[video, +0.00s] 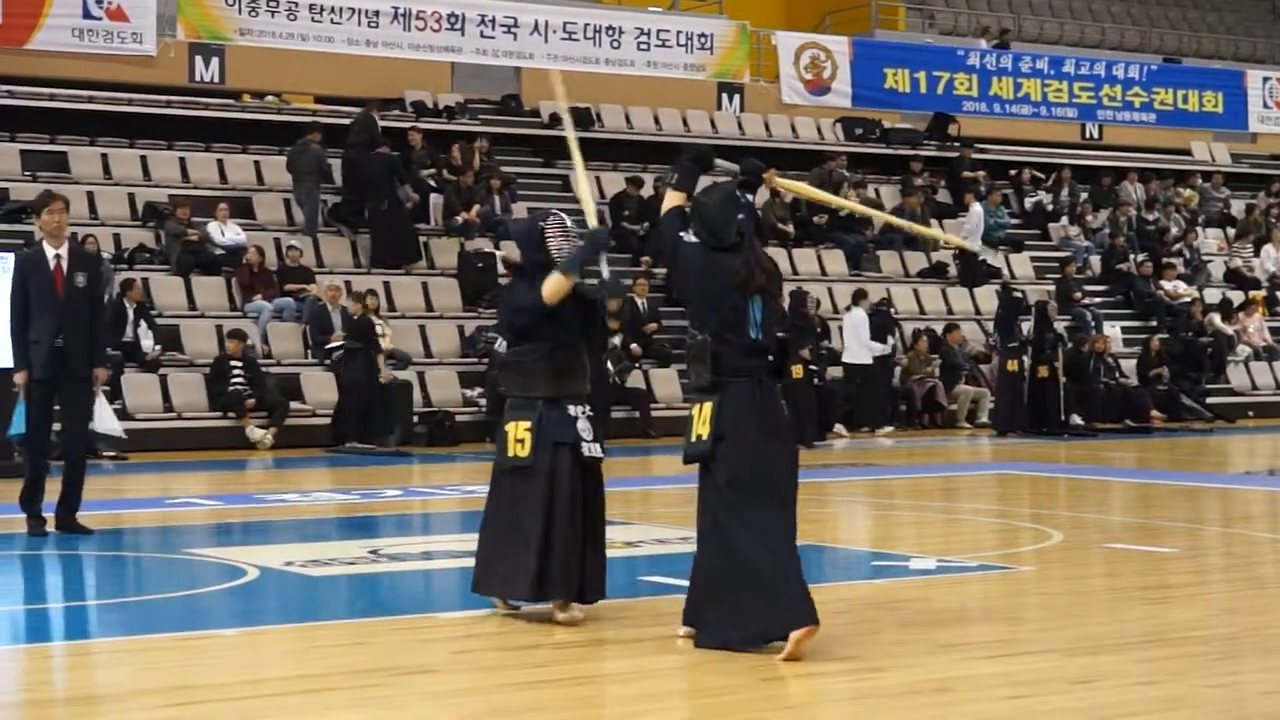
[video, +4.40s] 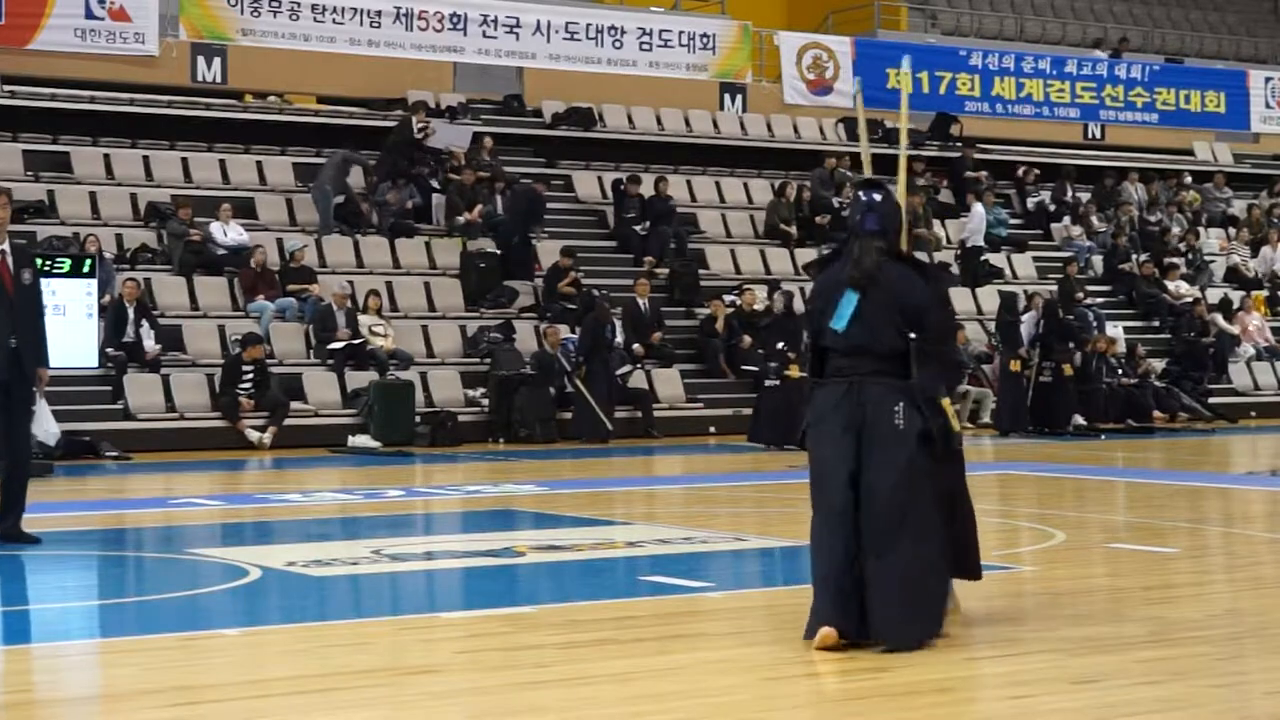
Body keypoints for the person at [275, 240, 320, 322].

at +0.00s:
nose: (293, 254)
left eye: (296, 251)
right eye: (290, 251)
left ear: (301, 253)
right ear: (287, 253)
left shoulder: (307, 270)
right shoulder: (281, 270)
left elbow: (313, 287)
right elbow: (284, 287)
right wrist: (304, 286)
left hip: (304, 294)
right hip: (289, 295)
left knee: (311, 299)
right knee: (312, 307)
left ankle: (304, 326)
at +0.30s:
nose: (294, 253)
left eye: (297, 250)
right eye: (291, 250)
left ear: (301, 253)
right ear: (288, 253)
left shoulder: (308, 270)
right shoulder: (282, 269)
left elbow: (314, 285)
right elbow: (284, 287)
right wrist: (305, 286)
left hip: (305, 293)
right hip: (290, 295)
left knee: (311, 298)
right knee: (311, 307)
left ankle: (305, 325)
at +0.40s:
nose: (294, 253)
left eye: (297, 250)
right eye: (292, 250)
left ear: (302, 253)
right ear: (288, 253)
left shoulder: (308, 270)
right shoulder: (283, 269)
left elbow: (314, 289)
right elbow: (285, 287)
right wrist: (304, 286)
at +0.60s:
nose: (294, 253)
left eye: (297, 249)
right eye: (292, 250)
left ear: (302, 252)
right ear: (288, 253)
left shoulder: (308, 269)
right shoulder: (283, 269)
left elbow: (314, 285)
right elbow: (285, 286)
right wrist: (305, 285)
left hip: (306, 292)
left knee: (312, 298)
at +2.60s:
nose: (294, 255)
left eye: (297, 251)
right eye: (292, 251)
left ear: (301, 254)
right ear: (288, 254)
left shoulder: (308, 271)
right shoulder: (282, 270)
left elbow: (314, 288)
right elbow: (285, 288)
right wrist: (306, 287)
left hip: (305, 295)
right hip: (290, 296)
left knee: (312, 300)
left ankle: (306, 325)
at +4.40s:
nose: (302, 253)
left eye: (302, 251)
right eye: (299, 251)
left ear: (304, 252)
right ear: (292, 254)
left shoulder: (309, 270)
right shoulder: (284, 270)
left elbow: (315, 285)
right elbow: (286, 288)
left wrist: (314, 292)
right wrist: (307, 287)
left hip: (307, 294)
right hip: (293, 296)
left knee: (313, 300)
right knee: (314, 308)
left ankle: (307, 326)